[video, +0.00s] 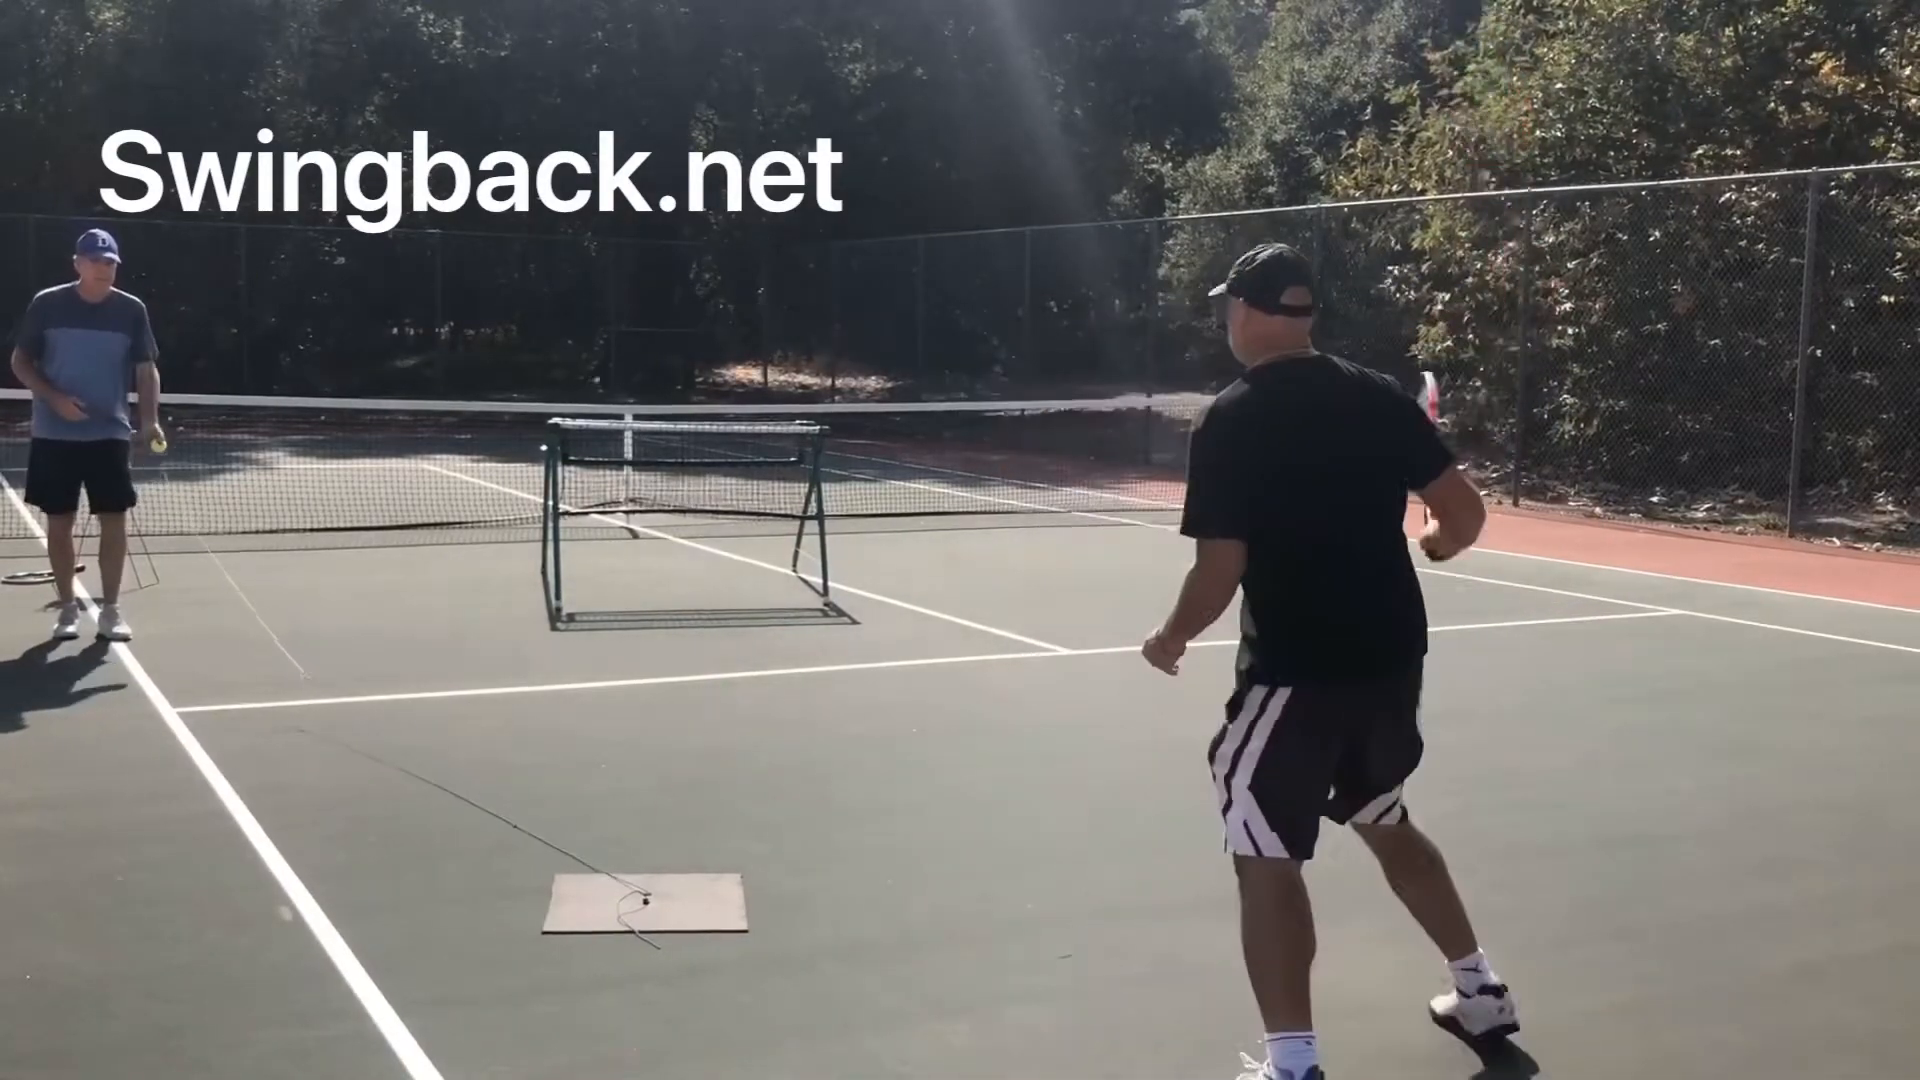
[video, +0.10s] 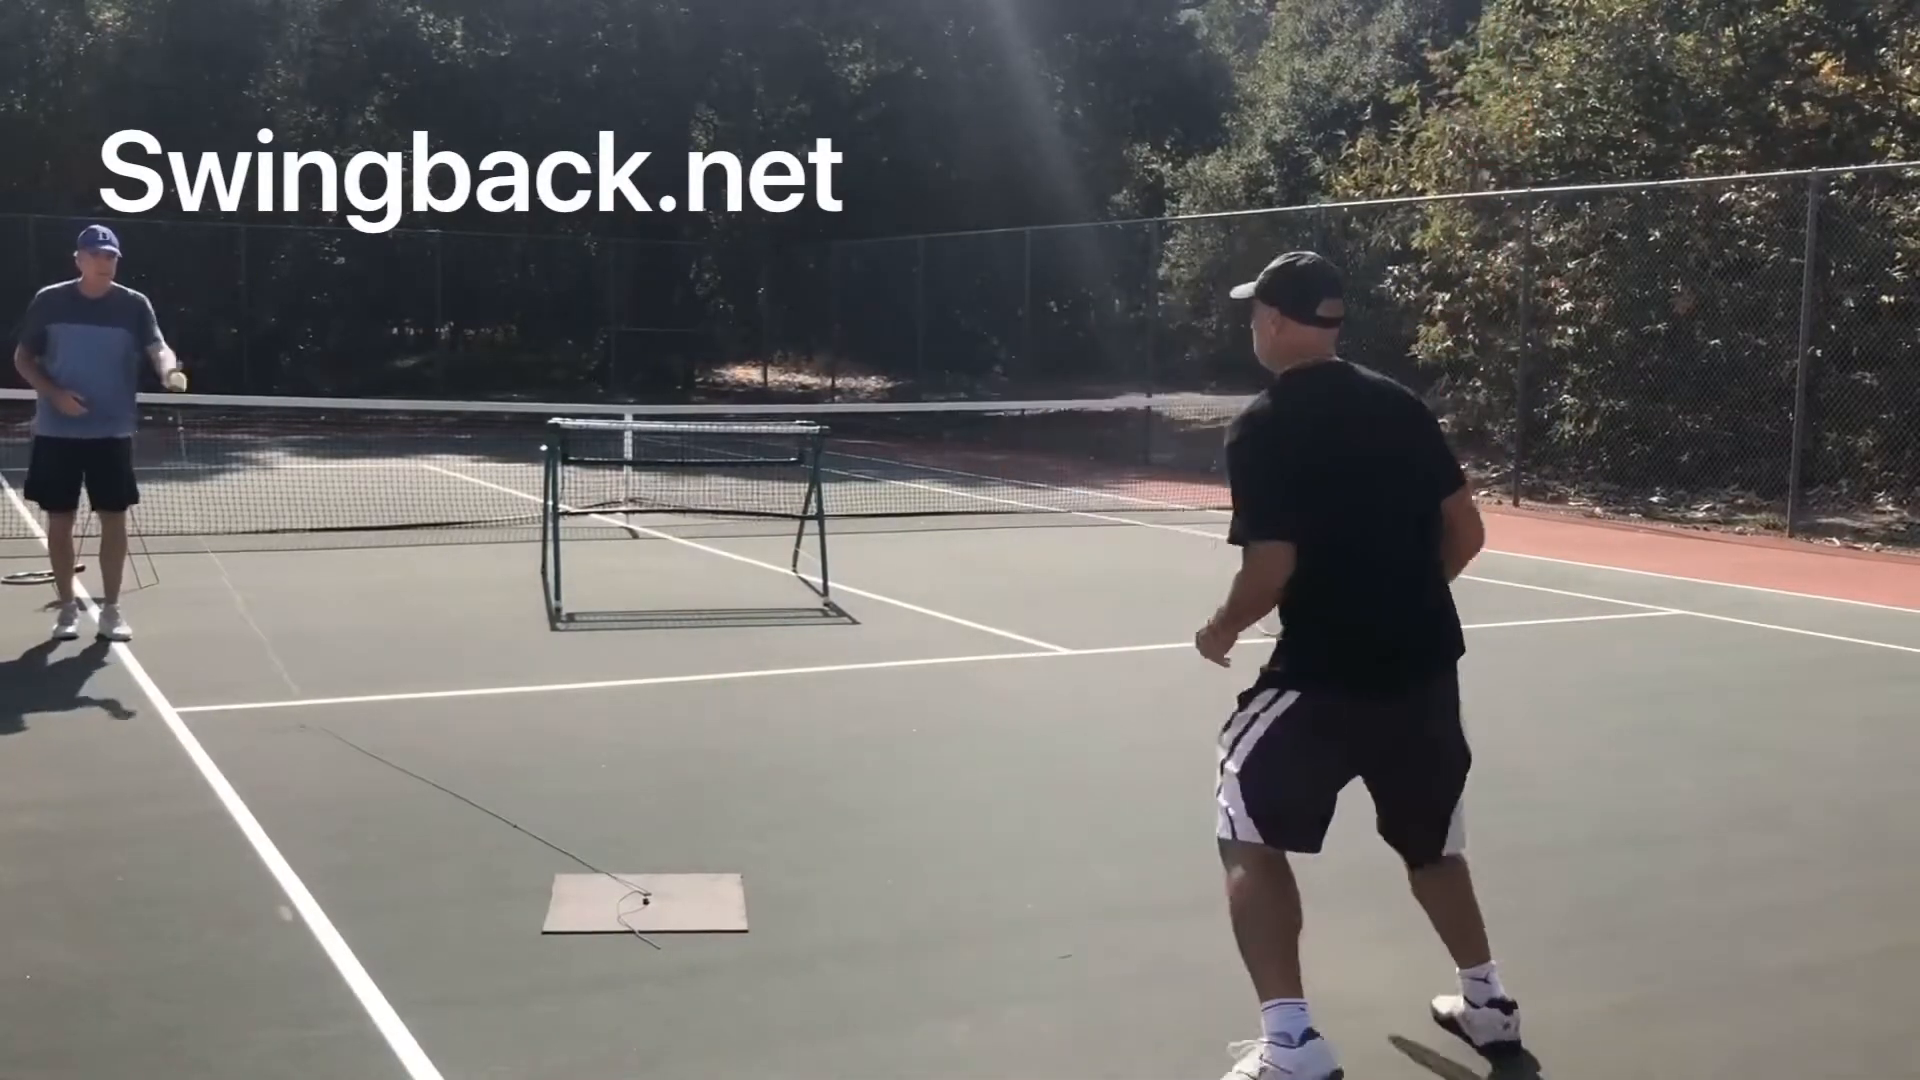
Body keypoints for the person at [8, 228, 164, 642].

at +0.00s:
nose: (103, 271)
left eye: (109, 263)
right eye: (96, 262)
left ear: (118, 267)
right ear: (77, 263)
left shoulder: (132, 310)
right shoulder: (47, 304)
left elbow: (147, 368)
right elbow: (20, 361)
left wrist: (149, 421)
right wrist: (54, 397)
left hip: (109, 437)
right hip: (55, 438)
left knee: (114, 520)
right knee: (59, 522)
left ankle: (110, 609)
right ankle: (67, 607)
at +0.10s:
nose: (103, 263)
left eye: (109, 256)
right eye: (95, 256)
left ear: (117, 260)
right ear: (79, 258)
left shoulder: (135, 304)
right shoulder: (49, 301)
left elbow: (158, 348)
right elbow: (23, 357)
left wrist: (169, 369)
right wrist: (54, 393)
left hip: (112, 435)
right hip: (58, 435)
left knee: (114, 520)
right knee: (60, 520)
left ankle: (110, 609)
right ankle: (68, 607)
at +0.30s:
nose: (108, 248)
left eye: (115, 241)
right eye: (101, 240)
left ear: (123, 249)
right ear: (84, 247)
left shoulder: (135, 288)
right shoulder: (55, 292)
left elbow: (154, 305)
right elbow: (29, 351)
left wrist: (168, 304)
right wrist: (55, 384)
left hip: (113, 423)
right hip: (60, 424)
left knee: (115, 513)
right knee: (60, 513)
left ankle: (113, 608)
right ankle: (65, 605)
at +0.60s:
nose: (108, 256)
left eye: (114, 249)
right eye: (101, 248)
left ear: (122, 256)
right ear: (83, 253)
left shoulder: (134, 297)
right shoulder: (52, 296)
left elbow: (149, 332)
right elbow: (24, 353)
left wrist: (132, 339)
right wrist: (47, 387)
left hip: (112, 430)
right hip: (56, 429)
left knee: (115, 519)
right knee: (48, 516)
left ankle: (112, 610)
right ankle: (34, 608)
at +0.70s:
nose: (103, 260)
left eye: (109, 253)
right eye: (96, 252)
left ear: (115, 258)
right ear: (76, 255)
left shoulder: (130, 301)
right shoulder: (45, 297)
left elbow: (144, 346)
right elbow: (18, 354)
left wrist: (134, 370)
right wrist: (42, 389)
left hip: (107, 432)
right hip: (51, 431)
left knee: (113, 519)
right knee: (40, 517)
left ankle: (112, 609)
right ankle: (19, 609)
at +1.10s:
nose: (60, 266)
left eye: (64, 260)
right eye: (52, 258)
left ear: (70, 262)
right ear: (30, 257)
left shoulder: (81, 302)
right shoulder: (5, 298)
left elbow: (91, 354)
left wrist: (97, 410)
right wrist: (2, 401)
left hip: (68, 435)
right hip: (13, 436)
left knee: (87, 516)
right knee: (9, 524)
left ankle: (106, 607)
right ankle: (9, 615)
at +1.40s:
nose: (39, 266)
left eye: (44, 259)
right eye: (31, 258)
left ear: (49, 261)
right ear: (10, 258)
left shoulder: (54, 298)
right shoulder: (2, 297)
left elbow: (57, 354)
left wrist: (62, 409)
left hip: (44, 431)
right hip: (7, 433)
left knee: (50, 512)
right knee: (6, 518)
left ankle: (43, 604)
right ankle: (8, 611)